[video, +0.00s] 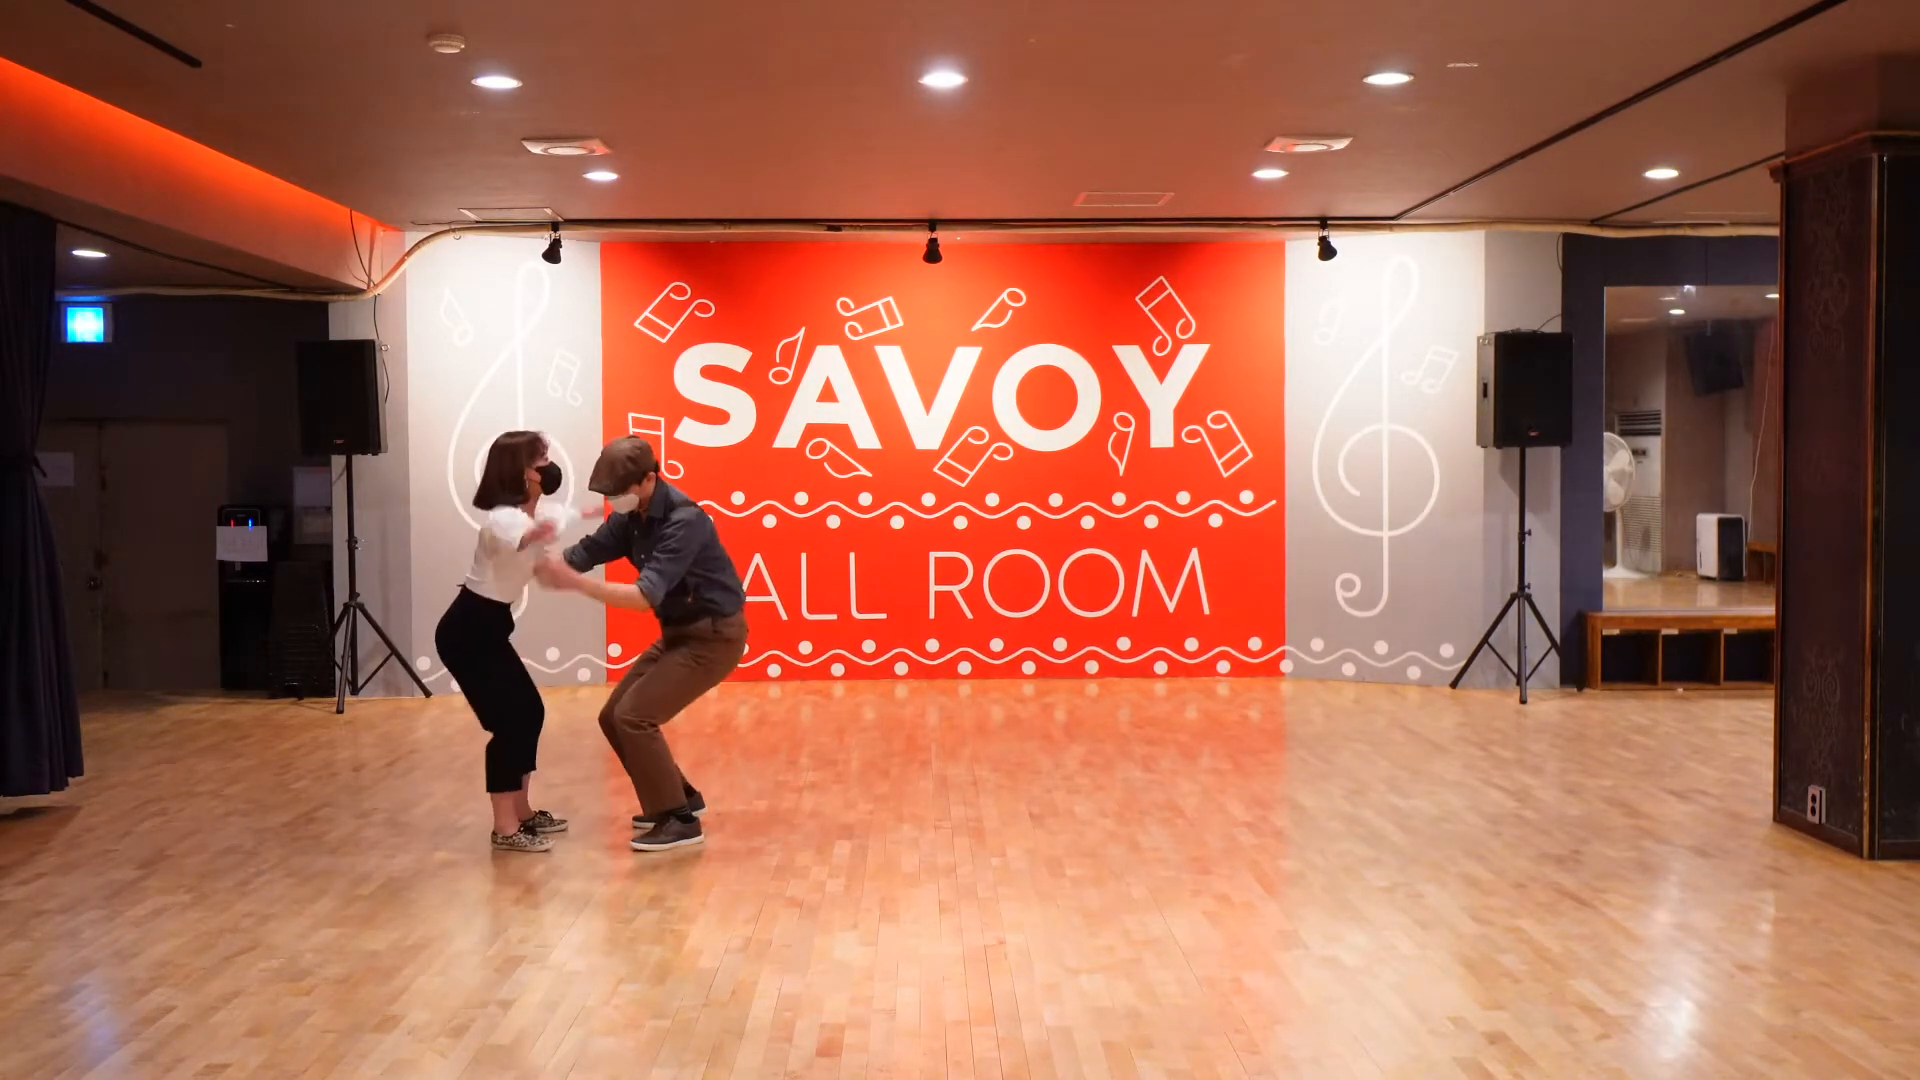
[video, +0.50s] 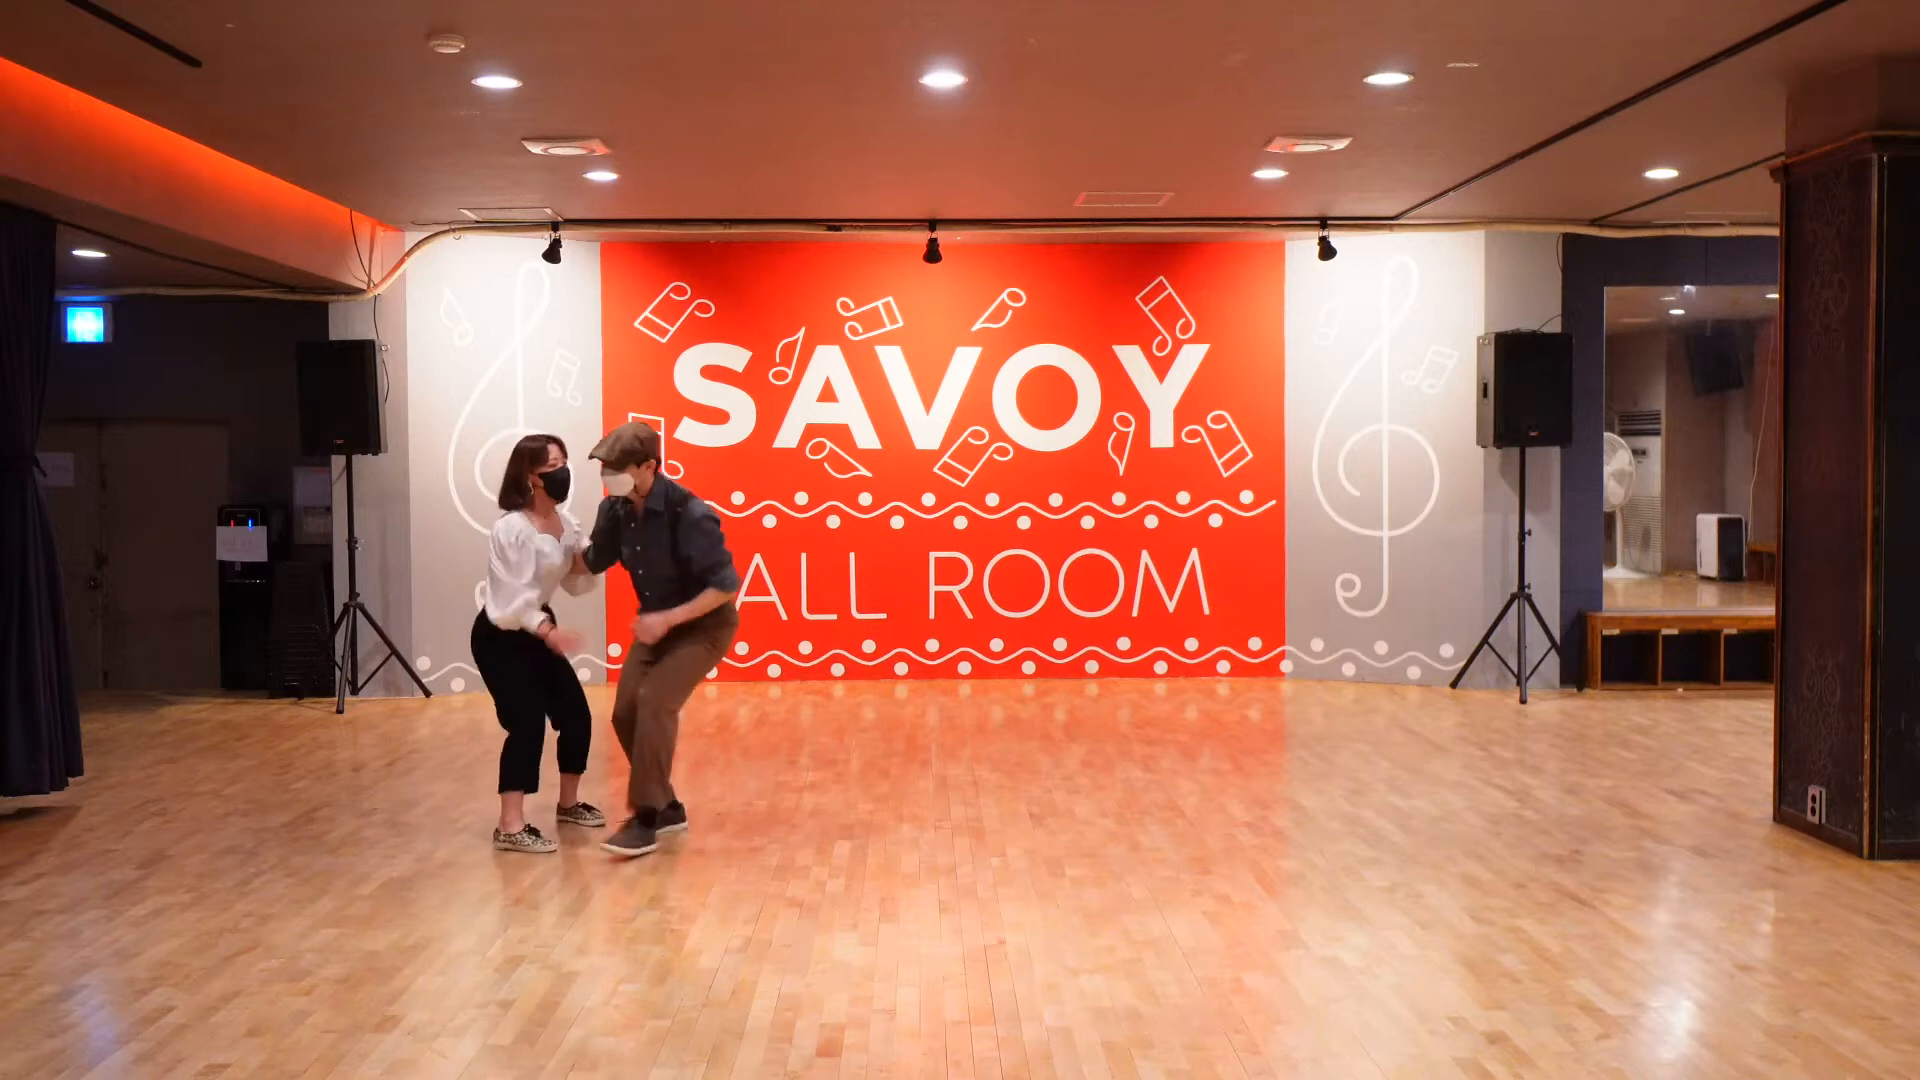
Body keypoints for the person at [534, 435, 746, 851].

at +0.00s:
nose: (609, 502)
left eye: (615, 494)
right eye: (606, 494)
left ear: (643, 483)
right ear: (639, 482)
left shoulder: (685, 520)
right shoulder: (631, 516)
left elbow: (644, 597)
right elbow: (580, 558)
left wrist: (572, 580)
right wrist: (539, 554)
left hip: (714, 639)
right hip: (678, 636)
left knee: (631, 717)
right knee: (613, 718)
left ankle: (677, 820)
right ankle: (679, 798)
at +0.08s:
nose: (612, 502)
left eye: (617, 493)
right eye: (608, 494)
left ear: (645, 480)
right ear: (634, 480)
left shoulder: (687, 515)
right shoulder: (631, 510)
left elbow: (650, 591)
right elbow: (586, 559)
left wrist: (589, 555)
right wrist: (533, 553)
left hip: (715, 633)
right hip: (678, 634)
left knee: (637, 716)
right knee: (616, 719)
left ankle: (678, 819)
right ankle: (679, 799)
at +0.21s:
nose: (606, 485)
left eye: (612, 478)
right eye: (602, 477)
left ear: (640, 468)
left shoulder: (682, 489)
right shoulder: (621, 495)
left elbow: (693, 564)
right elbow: (581, 548)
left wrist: (627, 537)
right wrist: (536, 542)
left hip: (713, 612)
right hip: (672, 614)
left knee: (645, 698)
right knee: (612, 695)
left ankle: (676, 810)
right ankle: (669, 780)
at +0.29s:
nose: (604, 486)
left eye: (611, 478)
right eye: (600, 478)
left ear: (639, 464)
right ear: (598, 469)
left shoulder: (681, 486)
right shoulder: (614, 496)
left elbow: (722, 553)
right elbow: (586, 547)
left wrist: (651, 546)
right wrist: (576, 537)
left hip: (714, 604)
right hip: (669, 606)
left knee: (639, 680)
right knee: (613, 686)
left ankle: (654, 794)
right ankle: (663, 773)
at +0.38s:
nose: (606, 487)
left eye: (612, 478)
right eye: (601, 479)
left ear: (640, 468)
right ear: (598, 473)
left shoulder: (684, 497)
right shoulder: (611, 503)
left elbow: (740, 560)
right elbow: (596, 549)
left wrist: (674, 580)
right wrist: (572, 565)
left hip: (707, 613)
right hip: (660, 615)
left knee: (648, 695)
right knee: (623, 707)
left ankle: (626, 821)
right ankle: (667, 805)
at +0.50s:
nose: (609, 481)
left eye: (617, 472)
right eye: (607, 472)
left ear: (647, 468)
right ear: (625, 470)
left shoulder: (689, 513)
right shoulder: (615, 510)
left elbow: (724, 585)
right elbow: (593, 562)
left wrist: (666, 618)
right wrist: (556, 553)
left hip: (706, 622)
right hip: (656, 623)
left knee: (655, 700)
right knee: (625, 714)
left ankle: (646, 817)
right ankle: (665, 805)